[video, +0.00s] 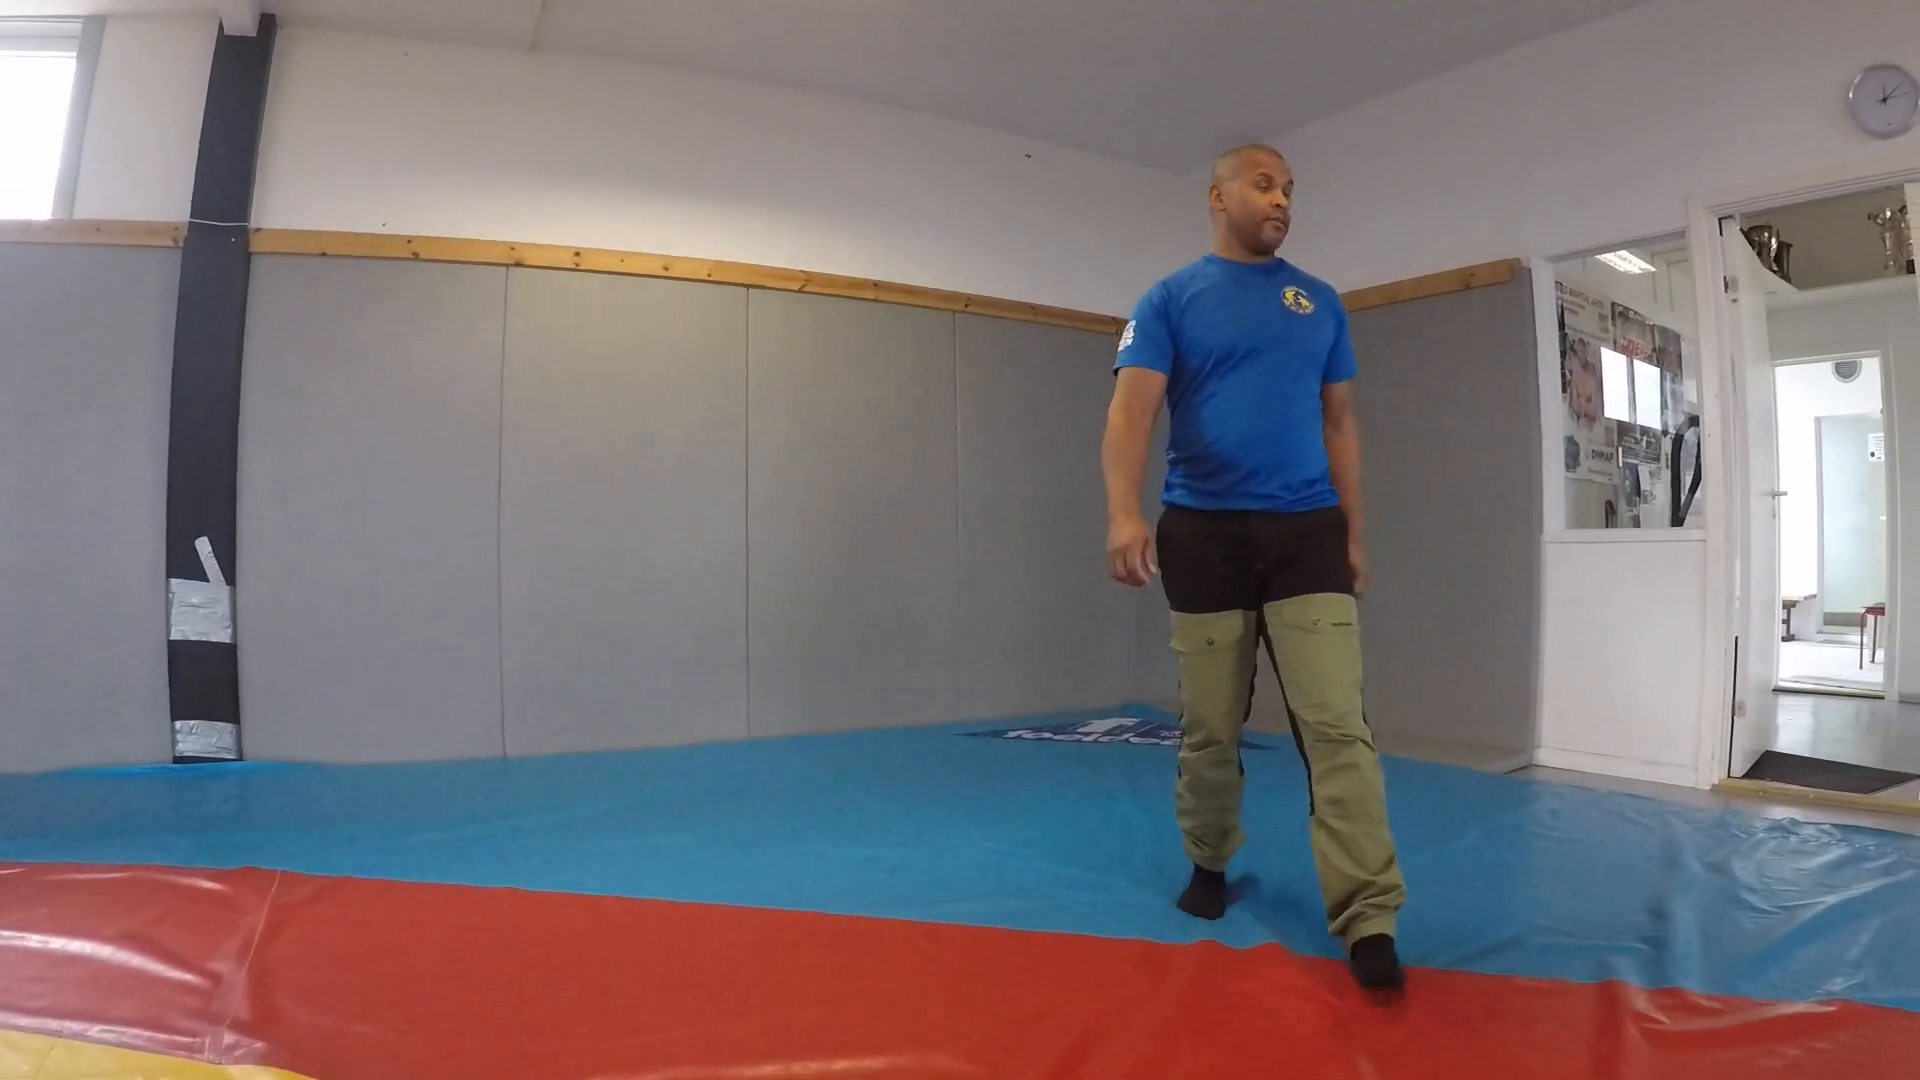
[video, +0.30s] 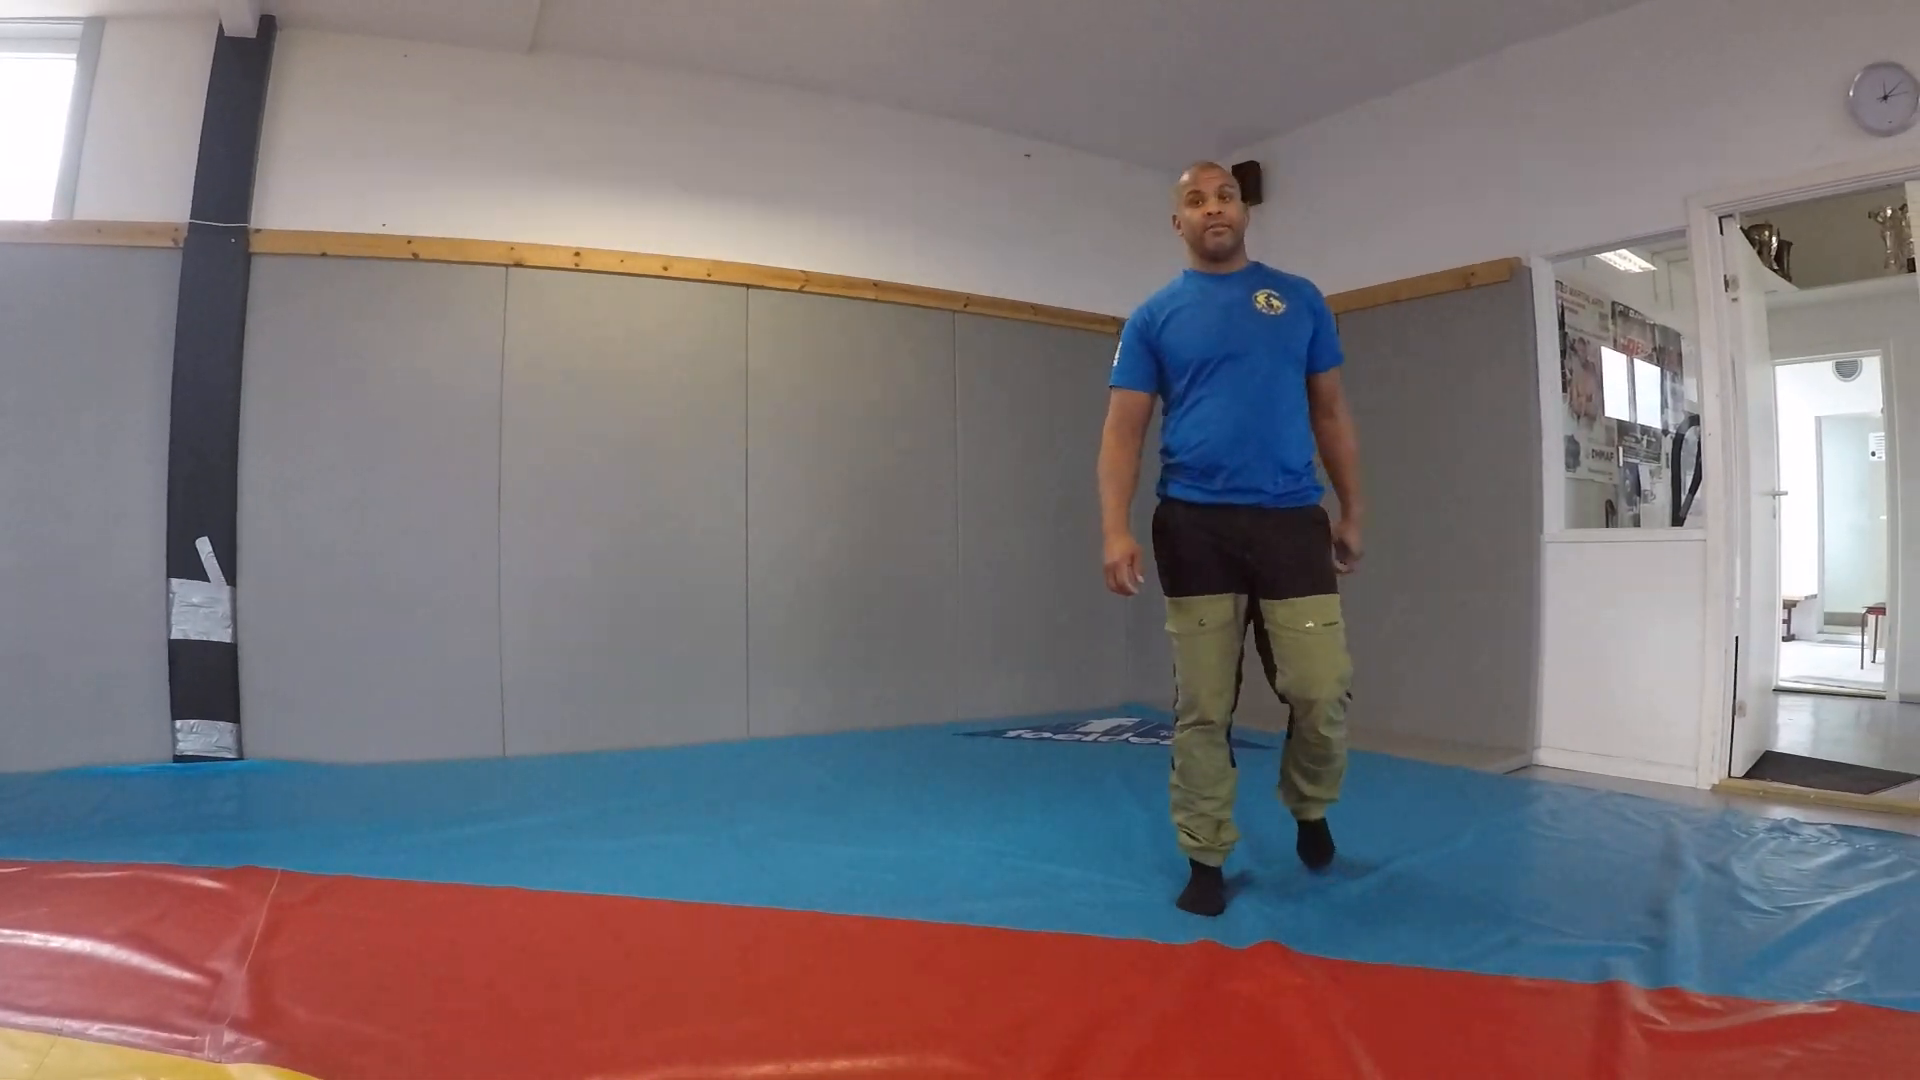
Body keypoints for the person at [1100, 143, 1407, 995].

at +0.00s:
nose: (1279, 200)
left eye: (1286, 191)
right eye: (1263, 185)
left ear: (1291, 209)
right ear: (1216, 197)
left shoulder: (1319, 302)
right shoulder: (1172, 299)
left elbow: (1339, 422)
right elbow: (1131, 409)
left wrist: (1351, 534)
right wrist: (1123, 513)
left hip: (1308, 531)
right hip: (1203, 533)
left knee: (1337, 724)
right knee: (1211, 725)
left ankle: (1368, 917)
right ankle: (1207, 860)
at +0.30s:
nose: (1214, 210)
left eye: (1226, 198)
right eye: (1196, 201)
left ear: (1247, 214)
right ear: (1176, 222)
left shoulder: (1298, 300)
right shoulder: (1154, 318)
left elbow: (1330, 411)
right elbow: (1123, 431)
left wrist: (1350, 508)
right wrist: (1115, 531)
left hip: (1292, 522)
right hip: (1196, 524)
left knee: (1320, 693)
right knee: (1202, 704)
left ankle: (1311, 807)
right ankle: (1205, 856)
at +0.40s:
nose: (1212, 223)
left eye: (1224, 210)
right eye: (1197, 214)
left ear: (1247, 223)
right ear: (1180, 236)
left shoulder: (1300, 307)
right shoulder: (1158, 329)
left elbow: (1338, 412)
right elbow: (1134, 438)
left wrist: (1368, 510)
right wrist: (1113, 537)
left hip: (1288, 527)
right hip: (1195, 527)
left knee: (1305, 704)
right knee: (1202, 704)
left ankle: (1296, 788)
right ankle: (1205, 859)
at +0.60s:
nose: (1225, 246)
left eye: (1238, 234)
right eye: (1213, 238)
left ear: (1265, 250)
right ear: (1201, 258)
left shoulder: (1312, 328)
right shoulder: (1180, 345)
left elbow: (1353, 419)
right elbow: (1156, 451)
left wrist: (1379, 495)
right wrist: (1132, 542)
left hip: (1291, 533)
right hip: (1206, 531)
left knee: (1281, 693)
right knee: (1212, 692)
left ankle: (1274, 807)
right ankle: (1204, 849)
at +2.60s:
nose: (1118, 312)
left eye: (1127, 300)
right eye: (1113, 305)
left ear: (1159, 303)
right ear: (1115, 318)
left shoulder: (1189, 353)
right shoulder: (1121, 385)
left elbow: (1223, 427)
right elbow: (1114, 468)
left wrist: (1147, 445)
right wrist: (1089, 530)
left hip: (1185, 521)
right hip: (1135, 528)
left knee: (1178, 644)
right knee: (1146, 659)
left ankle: (1246, 775)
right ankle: (1168, 771)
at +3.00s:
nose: (1119, 316)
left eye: (1128, 303)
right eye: (1114, 310)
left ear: (1164, 306)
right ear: (1119, 323)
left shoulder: (1195, 359)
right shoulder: (1140, 381)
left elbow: (1211, 437)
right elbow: (1150, 474)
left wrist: (1132, 405)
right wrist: (1104, 485)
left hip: (1207, 530)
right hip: (1157, 533)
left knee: (1185, 656)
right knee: (1145, 667)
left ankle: (1240, 799)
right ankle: (1167, 774)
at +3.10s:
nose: (1123, 322)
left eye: (1134, 309)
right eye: (1119, 314)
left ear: (1171, 310)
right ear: (1126, 326)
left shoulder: (1199, 364)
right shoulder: (1154, 381)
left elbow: (1200, 445)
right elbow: (1166, 478)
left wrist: (1128, 401)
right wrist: (1113, 472)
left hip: (1217, 537)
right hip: (1169, 539)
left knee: (1191, 669)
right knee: (1146, 673)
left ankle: (1259, 804)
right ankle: (1169, 773)